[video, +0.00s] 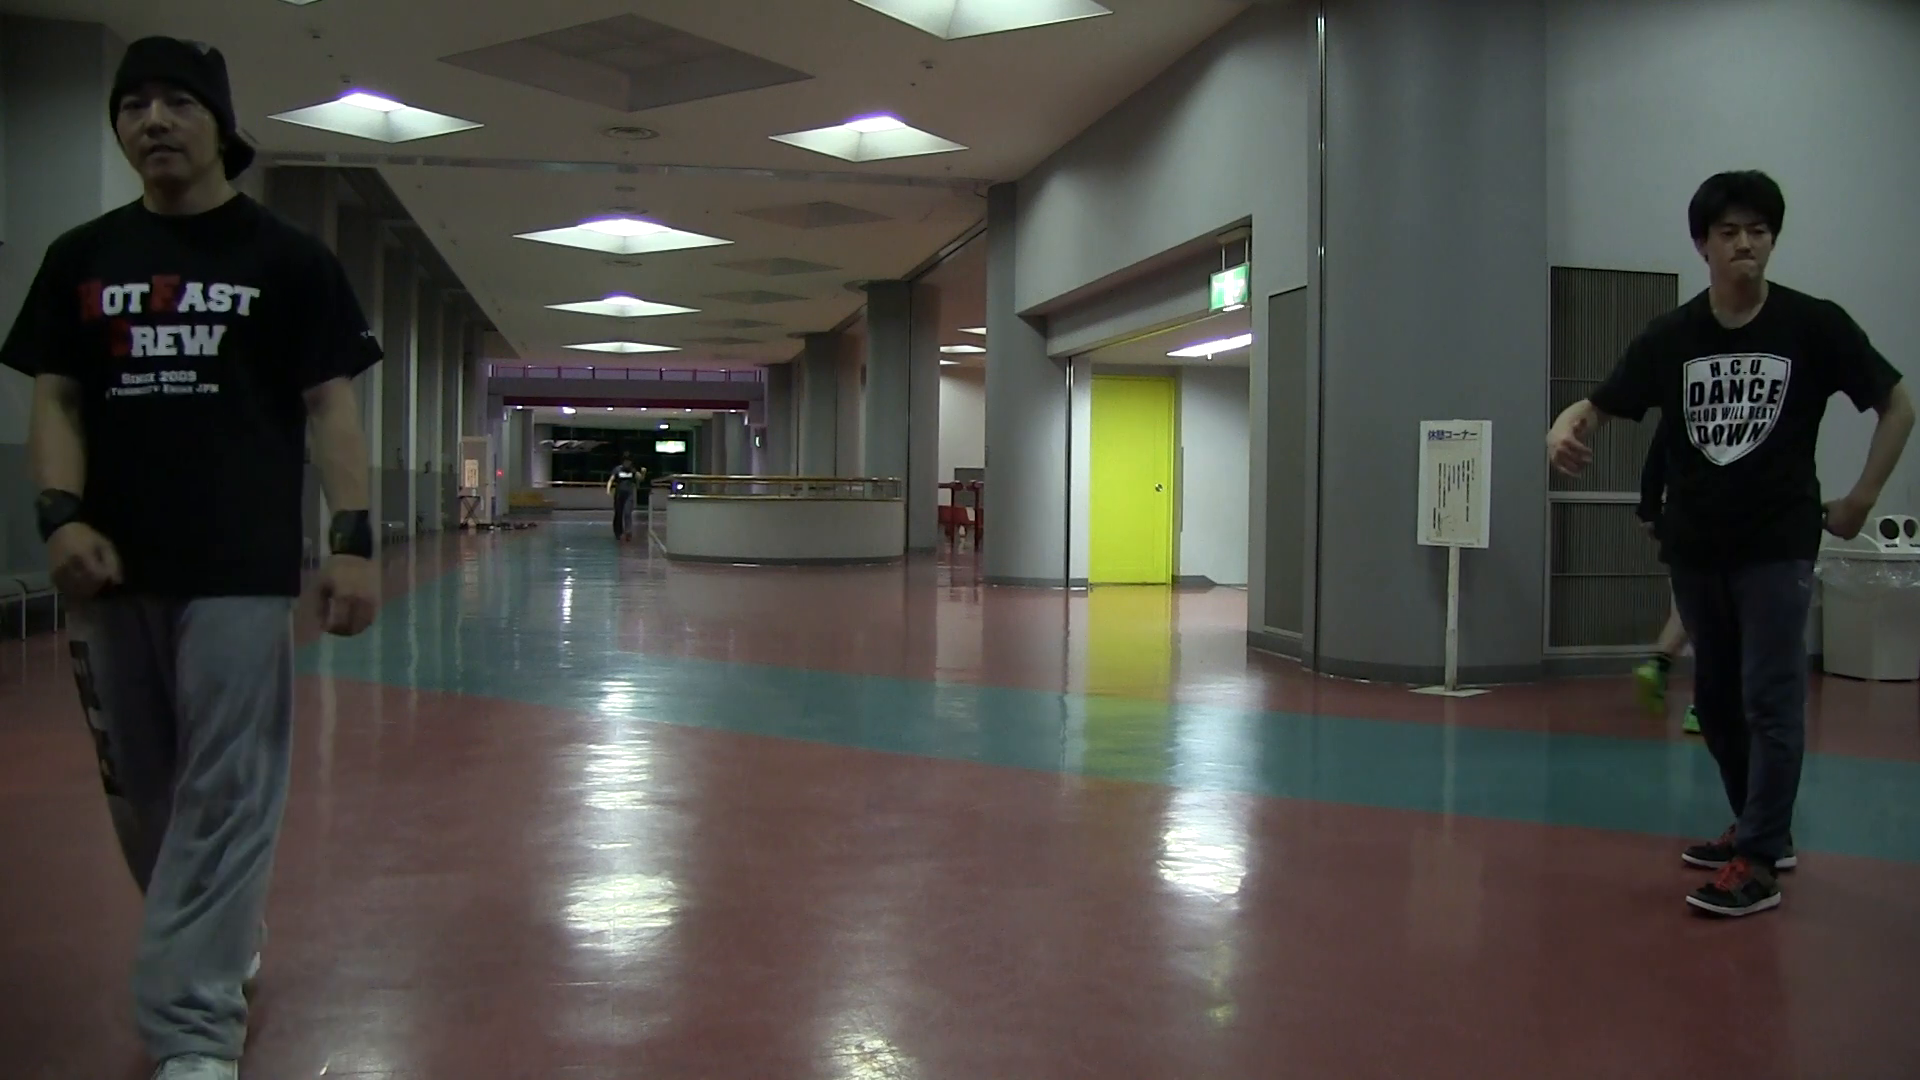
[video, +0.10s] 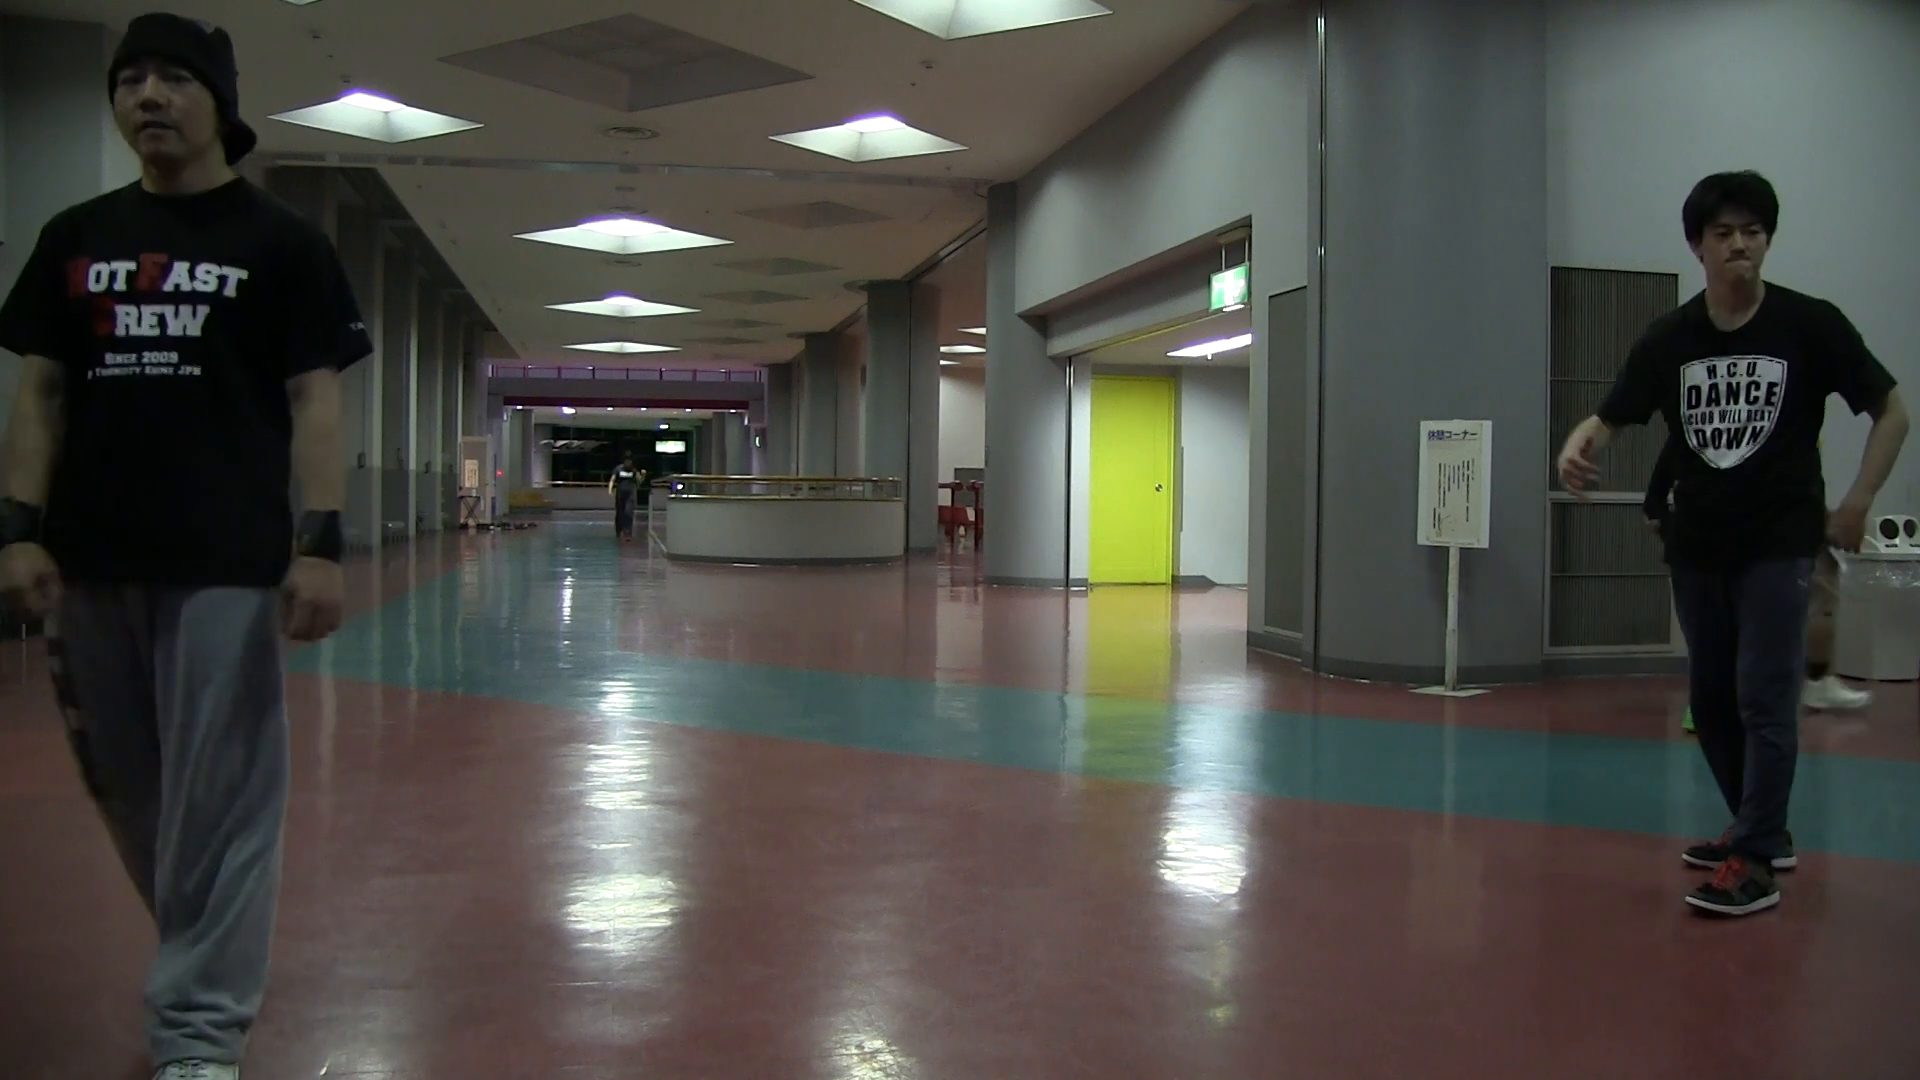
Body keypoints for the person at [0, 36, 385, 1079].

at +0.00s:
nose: (156, 119)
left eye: (179, 102)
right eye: (137, 105)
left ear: (222, 124)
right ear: (117, 131)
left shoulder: (291, 258)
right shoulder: (79, 260)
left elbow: (331, 407)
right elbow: (55, 402)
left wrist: (354, 538)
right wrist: (61, 516)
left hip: (242, 563)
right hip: (112, 564)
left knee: (224, 790)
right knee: (143, 784)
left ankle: (196, 1036)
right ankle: (217, 961)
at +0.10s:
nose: (151, 96)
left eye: (175, 79)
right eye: (134, 81)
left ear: (222, 103)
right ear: (115, 107)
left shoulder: (285, 242)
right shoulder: (74, 238)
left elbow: (318, 398)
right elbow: (37, 393)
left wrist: (320, 547)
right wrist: (19, 529)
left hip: (226, 556)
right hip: (93, 554)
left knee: (216, 788)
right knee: (124, 779)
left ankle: (201, 1030)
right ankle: (210, 963)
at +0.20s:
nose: (142, 77)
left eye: (168, 61)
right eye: (126, 61)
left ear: (218, 90)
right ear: (107, 89)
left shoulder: (276, 228)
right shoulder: (65, 224)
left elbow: (296, 396)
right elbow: (21, 389)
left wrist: (284, 548)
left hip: (210, 548)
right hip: (71, 545)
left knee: (215, 794)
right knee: (57, 766)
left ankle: (200, 1032)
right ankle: (205, 928)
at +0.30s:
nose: (122, 65)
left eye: (151, 48)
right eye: (107, 47)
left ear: (207, 75)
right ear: (90, 71)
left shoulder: (262, 217)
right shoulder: (51, 209)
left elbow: (280, 385)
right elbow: (13, 373)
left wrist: (246, 545)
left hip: (196, 549)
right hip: (54, 541)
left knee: (216, 803)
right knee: (19, 778)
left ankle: (204, 1030)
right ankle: (122, 931)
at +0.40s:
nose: (100, 57)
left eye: (131, 37)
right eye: (84, 37)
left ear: (187, 69)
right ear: (63, 61)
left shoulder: (243, 205)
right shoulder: (27, 198)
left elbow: (260, 375)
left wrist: (205, 534)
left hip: (190, 552)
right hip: (39, 543)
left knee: (215, 803)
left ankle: (200, 1038)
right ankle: (15, 988)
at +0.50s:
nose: (65, 51)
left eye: (96, 31)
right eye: (48, 32)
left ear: (152, 56)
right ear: (30, 54)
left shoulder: (218, 196)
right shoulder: (10, 185)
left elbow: (240, 376)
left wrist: (181, 524)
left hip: (174, 550)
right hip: (28, 549)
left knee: (208, 802)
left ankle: (202, 1035)